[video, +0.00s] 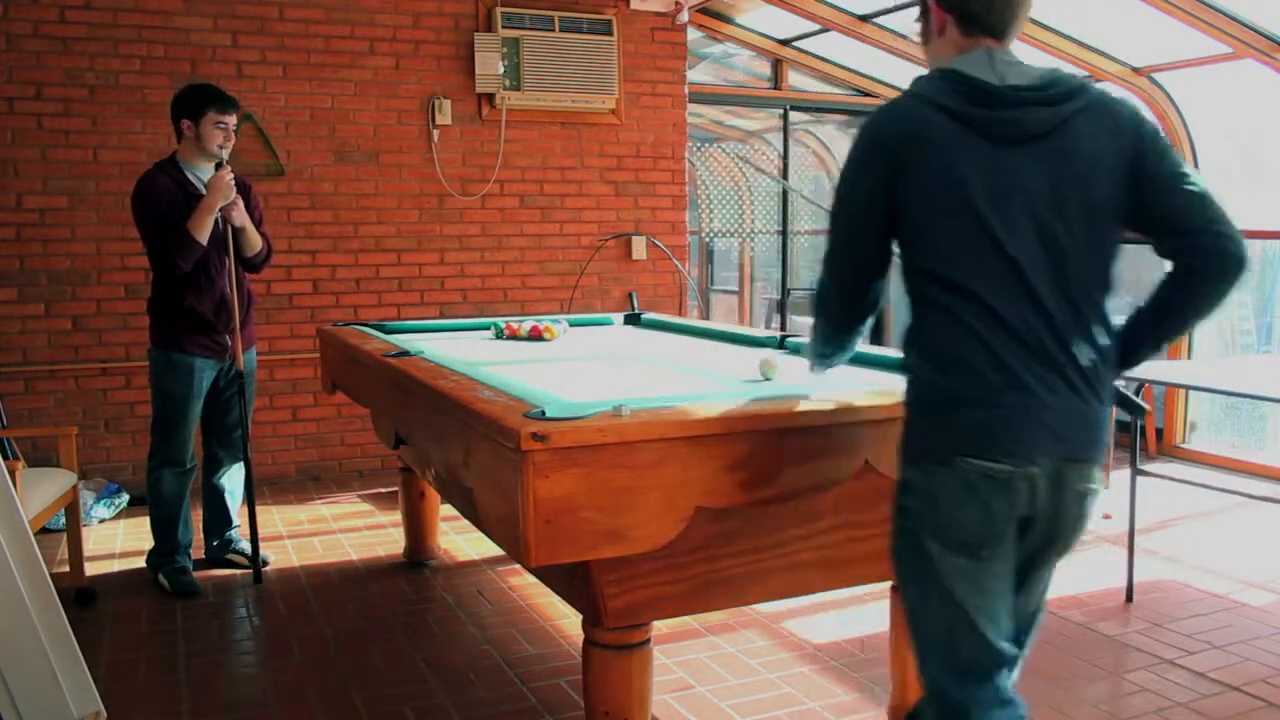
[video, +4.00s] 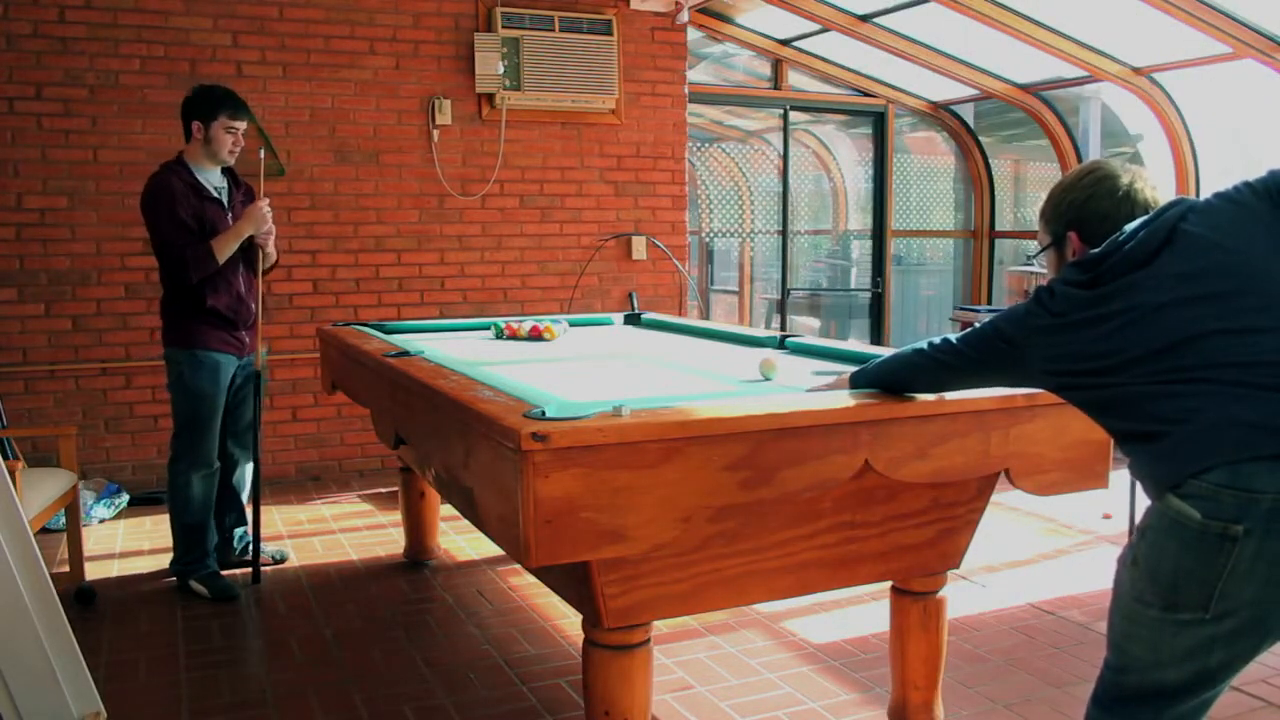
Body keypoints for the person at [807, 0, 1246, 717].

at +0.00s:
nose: (920, 41)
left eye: (919, 24)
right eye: (919, 26)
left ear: (936, 19)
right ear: (1013, 25)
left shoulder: (898, 127)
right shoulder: (1110, 120)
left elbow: (849, 288)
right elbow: (1217, 254)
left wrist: (826, 348)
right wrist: (1115, 354)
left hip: (962, 439)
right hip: (1076, 441)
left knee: (974, 686)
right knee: (981, 673)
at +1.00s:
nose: (1063, 88)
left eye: (1065, 73)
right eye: (1062, 74)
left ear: (1091, 69)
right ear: (1177, 60)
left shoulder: (1060, 177)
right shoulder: (1263, 101)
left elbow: (947, 286)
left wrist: (871, 362)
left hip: (1178, 469)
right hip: (1275, 462)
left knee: (1113, 695)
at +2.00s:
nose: (1046, 263)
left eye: (1046, 248)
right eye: (1043, 250)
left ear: (1073, 247)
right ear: (1150, 219)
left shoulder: (1055, 318)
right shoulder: (1247, 218)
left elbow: (940, 360)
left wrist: (860, 377)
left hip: (1235, 503)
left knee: (1127, 701)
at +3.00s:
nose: (1049, 267)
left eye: (1050, 251)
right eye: (1047, 253)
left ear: (1077, 248)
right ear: (1152, 218)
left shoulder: (1056, 319)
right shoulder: (1250, 213)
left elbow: (938, 361)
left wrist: (860, 376)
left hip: (1240, 503)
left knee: (1136, 703)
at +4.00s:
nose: (1047, 268)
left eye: (1048, 251)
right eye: (1045, 254)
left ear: (1076, 246)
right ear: (1149, 215)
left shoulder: (1057, 317)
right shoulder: (1248, 209)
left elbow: (941, 360)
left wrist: (861, 376)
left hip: (1237, 503)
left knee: (1135, 702)